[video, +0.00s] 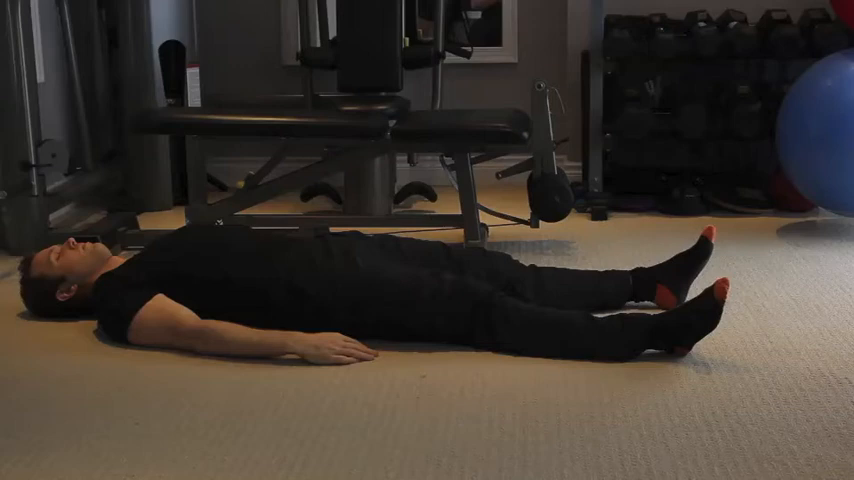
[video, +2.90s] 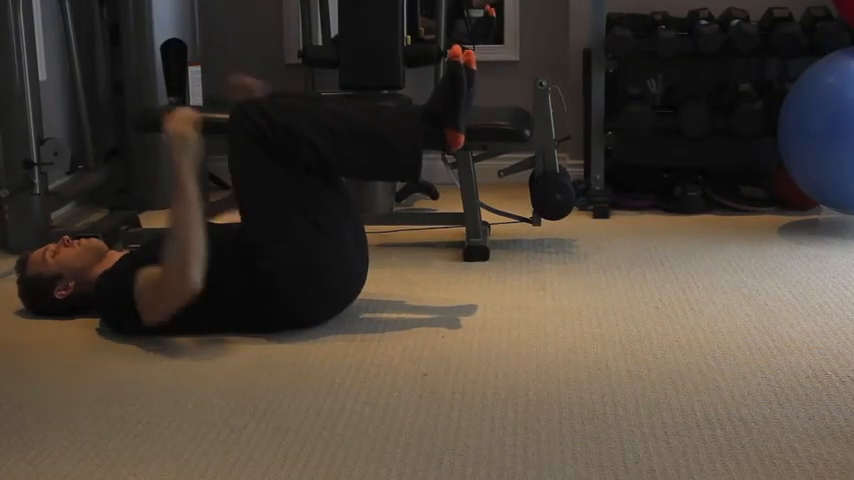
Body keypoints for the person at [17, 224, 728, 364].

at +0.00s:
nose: (67, 243)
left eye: (59, 244)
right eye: (57, 258)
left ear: (80, 239)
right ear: (68, 287)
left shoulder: (149, 248)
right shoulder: (118, 294)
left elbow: (249, 248)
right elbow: (197, 336)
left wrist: (330, 239)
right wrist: (295, 344)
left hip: (351, 249)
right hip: (337, 285)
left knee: (493, 266)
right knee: (486, 308)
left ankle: (644, 287)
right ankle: (657, 336)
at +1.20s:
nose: (72, 243)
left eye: (63, 243)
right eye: (61, 258)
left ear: (88, 242)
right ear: (73, 288)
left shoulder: (155, 247)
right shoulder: (122, 292)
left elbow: (253, 247)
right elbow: (196, 330)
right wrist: (304, 342)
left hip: (354, 235)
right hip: (335, 282)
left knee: (461, 181)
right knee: (478, 289)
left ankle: (599, 270)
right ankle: (657, 333)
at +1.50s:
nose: (81, 239)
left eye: (72, 239)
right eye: (68, 255)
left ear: (91, 242)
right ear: (77, 287)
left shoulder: (150, 251)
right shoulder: (128, 298)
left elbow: (243, 247)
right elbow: (209, 335)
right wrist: (312, 344)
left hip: (330, 242)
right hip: (325, 288)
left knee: (395, 129)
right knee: (441, 193)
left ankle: (530, 213)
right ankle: (585, 286)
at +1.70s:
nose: (80, 239)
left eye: (70, 238)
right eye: (66, 254)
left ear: (89, 241)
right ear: (74, 289)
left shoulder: (147, 259)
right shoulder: (123, 297)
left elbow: (252, 262)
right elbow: (202, 332)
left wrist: (358, 274)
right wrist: (309, 344)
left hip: (325, 270)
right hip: (316, 294)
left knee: (378, 116)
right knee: (358, 131)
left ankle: (514, 187)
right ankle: (499, 227)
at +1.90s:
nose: (73, 238)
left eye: (63, 239)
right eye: (60, 251)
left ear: (85, 247)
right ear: (70, 289)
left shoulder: (151, 253)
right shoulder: (119, 297)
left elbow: (251, 254)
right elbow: (201, 331)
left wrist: (361, 273)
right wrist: (304, 344)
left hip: (325, 271)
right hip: (302, 294)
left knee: (346, 111)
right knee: (298, 123)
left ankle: (475, 143)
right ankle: (452, 163)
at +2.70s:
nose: (66, 236)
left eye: (56, 237)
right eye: (54, 250)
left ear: (81, 241)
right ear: (67, 287)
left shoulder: (141, 253)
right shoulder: (115, 293)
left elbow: (238, 241)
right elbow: (193, 328)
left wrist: (346, 218)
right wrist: (295, 305)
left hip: (318, 253)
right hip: (305, 281)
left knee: (271, 118)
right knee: (259, 121)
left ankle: (432, 125)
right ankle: (431, 132)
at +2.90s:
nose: (68, 236)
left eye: (58, 237)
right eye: (56, 250)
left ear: (80, 237)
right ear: (66, 288)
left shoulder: (141, 254)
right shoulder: (116, 296)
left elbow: (242, 212)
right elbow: (186, 278)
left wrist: (254, 113)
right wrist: (182, 154)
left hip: (315, 264)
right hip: (300, 283)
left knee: (269, 118)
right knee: (255, 121)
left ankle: (426, 121)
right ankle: (429, 127)